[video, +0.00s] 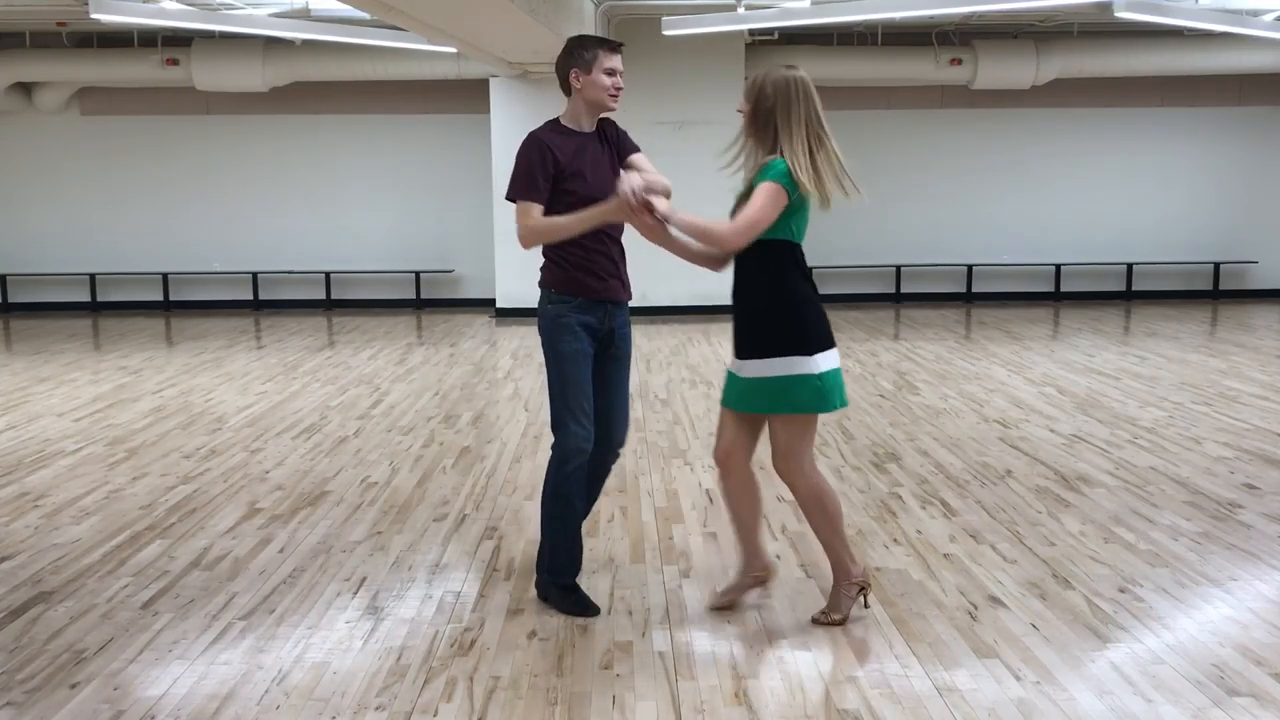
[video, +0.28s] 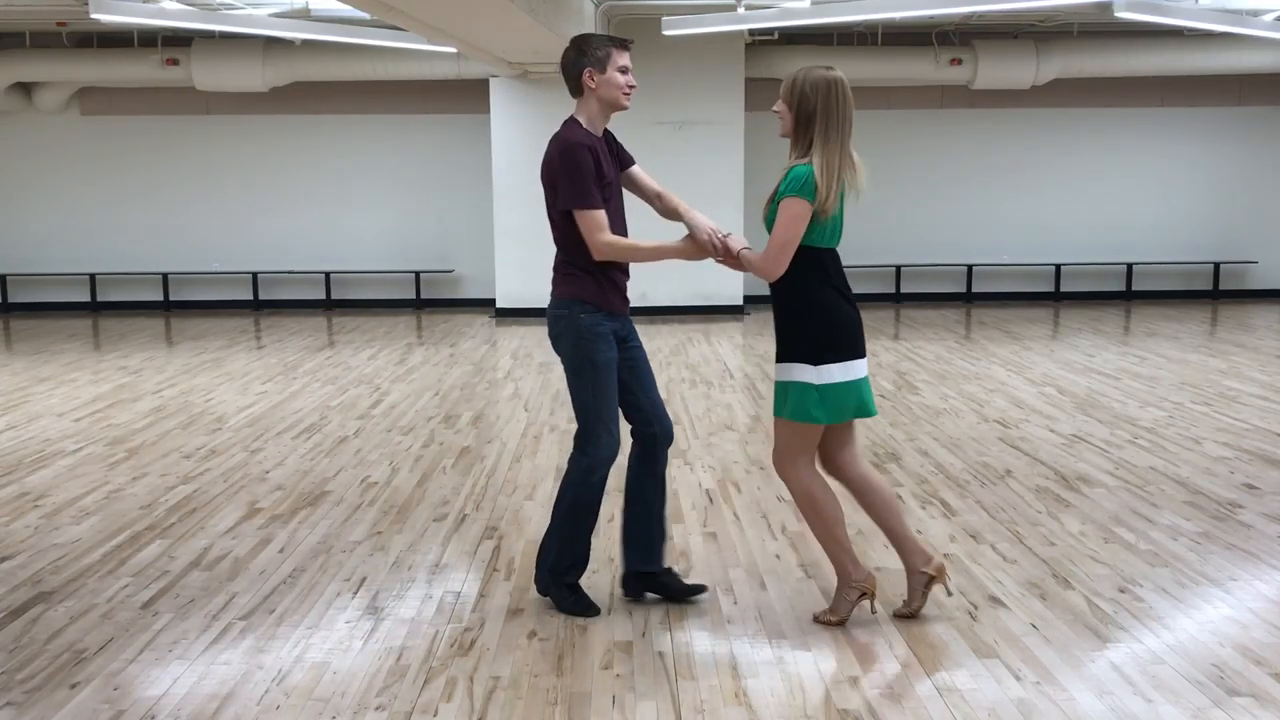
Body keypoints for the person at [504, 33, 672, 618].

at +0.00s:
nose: (620, 83)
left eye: (621, 75)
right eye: (610, 74)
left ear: (602, 82)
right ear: (576, 78)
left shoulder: (614, 138)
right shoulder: (540, 145)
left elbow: (662, 187)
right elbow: (529, 232)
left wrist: (645, 186)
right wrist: (609, 211)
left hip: (613, 310)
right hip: (566, 310)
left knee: (608, 440)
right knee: (575, 441)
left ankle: (557, 538)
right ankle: (555, 580)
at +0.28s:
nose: (632, 82)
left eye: (632, 72)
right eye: (623, 71)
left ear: (602, 81)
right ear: (588, 79)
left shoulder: (605, 143)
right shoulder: (572, 146)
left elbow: (658, 198)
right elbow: (600, 246)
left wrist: (699, 222)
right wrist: (679, 251)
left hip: (614, 315)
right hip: (580, 316)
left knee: (654, 431)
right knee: (600, 443)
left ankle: (644, 571)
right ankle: (556, 573)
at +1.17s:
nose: (590, 84)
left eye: (589, 75)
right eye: (581, 75)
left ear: (554, 83)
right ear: (549, 81)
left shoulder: (555, 137)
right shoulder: (528, 139)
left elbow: (593, 161)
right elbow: (585, 176)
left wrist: (630, 148)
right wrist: (632, 153)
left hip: (542, 315)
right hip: (537, 317)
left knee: (544, 446)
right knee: (581, 446)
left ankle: (500, 579)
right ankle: (533, 582)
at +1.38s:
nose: (574, 87)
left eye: (573, 76)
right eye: (566, 75)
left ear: (535, 84)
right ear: (534, 81)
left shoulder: (526, 136)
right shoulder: (515, 135)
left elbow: (596, 126)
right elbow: (588, 123)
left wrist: (625, 90)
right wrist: (626, 85)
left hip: (533, 321)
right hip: (516, 323)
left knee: (537, 452)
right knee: (523, 451)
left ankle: (505, 579)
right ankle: (424, 561)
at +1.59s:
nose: (568, 79)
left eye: (567, 69)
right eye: (560, 70)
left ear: (530, 78)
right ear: (529, 75)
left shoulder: (527, 129)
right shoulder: (503, 124)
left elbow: (586, 96)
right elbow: (586, 82)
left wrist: (634, 30)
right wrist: (631, 22)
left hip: (520, 317)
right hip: (493, 316)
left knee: (524, 448)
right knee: (469, 444)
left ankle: (500, 578)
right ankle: (404, 567)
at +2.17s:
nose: (622, 74)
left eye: (619, 64)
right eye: (612, 64)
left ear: (579, 72)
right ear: (580, 71)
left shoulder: (564, 130)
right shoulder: (567, 123)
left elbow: (580, 193)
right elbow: (583, 165)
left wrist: (632, 209)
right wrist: (659, 159)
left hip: (553, 308)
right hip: (573, 310)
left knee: (539, 447)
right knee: (611, 443)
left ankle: (502, 575)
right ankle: (609, 589)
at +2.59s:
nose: (673, 79)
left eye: (671, 69)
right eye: (666, 69)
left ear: (640, 75)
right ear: (636, 73)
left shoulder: (629, 139)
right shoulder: (616, 139)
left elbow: (622, 238)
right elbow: (604, 237)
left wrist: (669, 300)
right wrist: (671, 301)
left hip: (647, 318)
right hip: (631, 320)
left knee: (690, 438)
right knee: (659, 446)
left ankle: (687, 571)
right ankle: (613, 583)